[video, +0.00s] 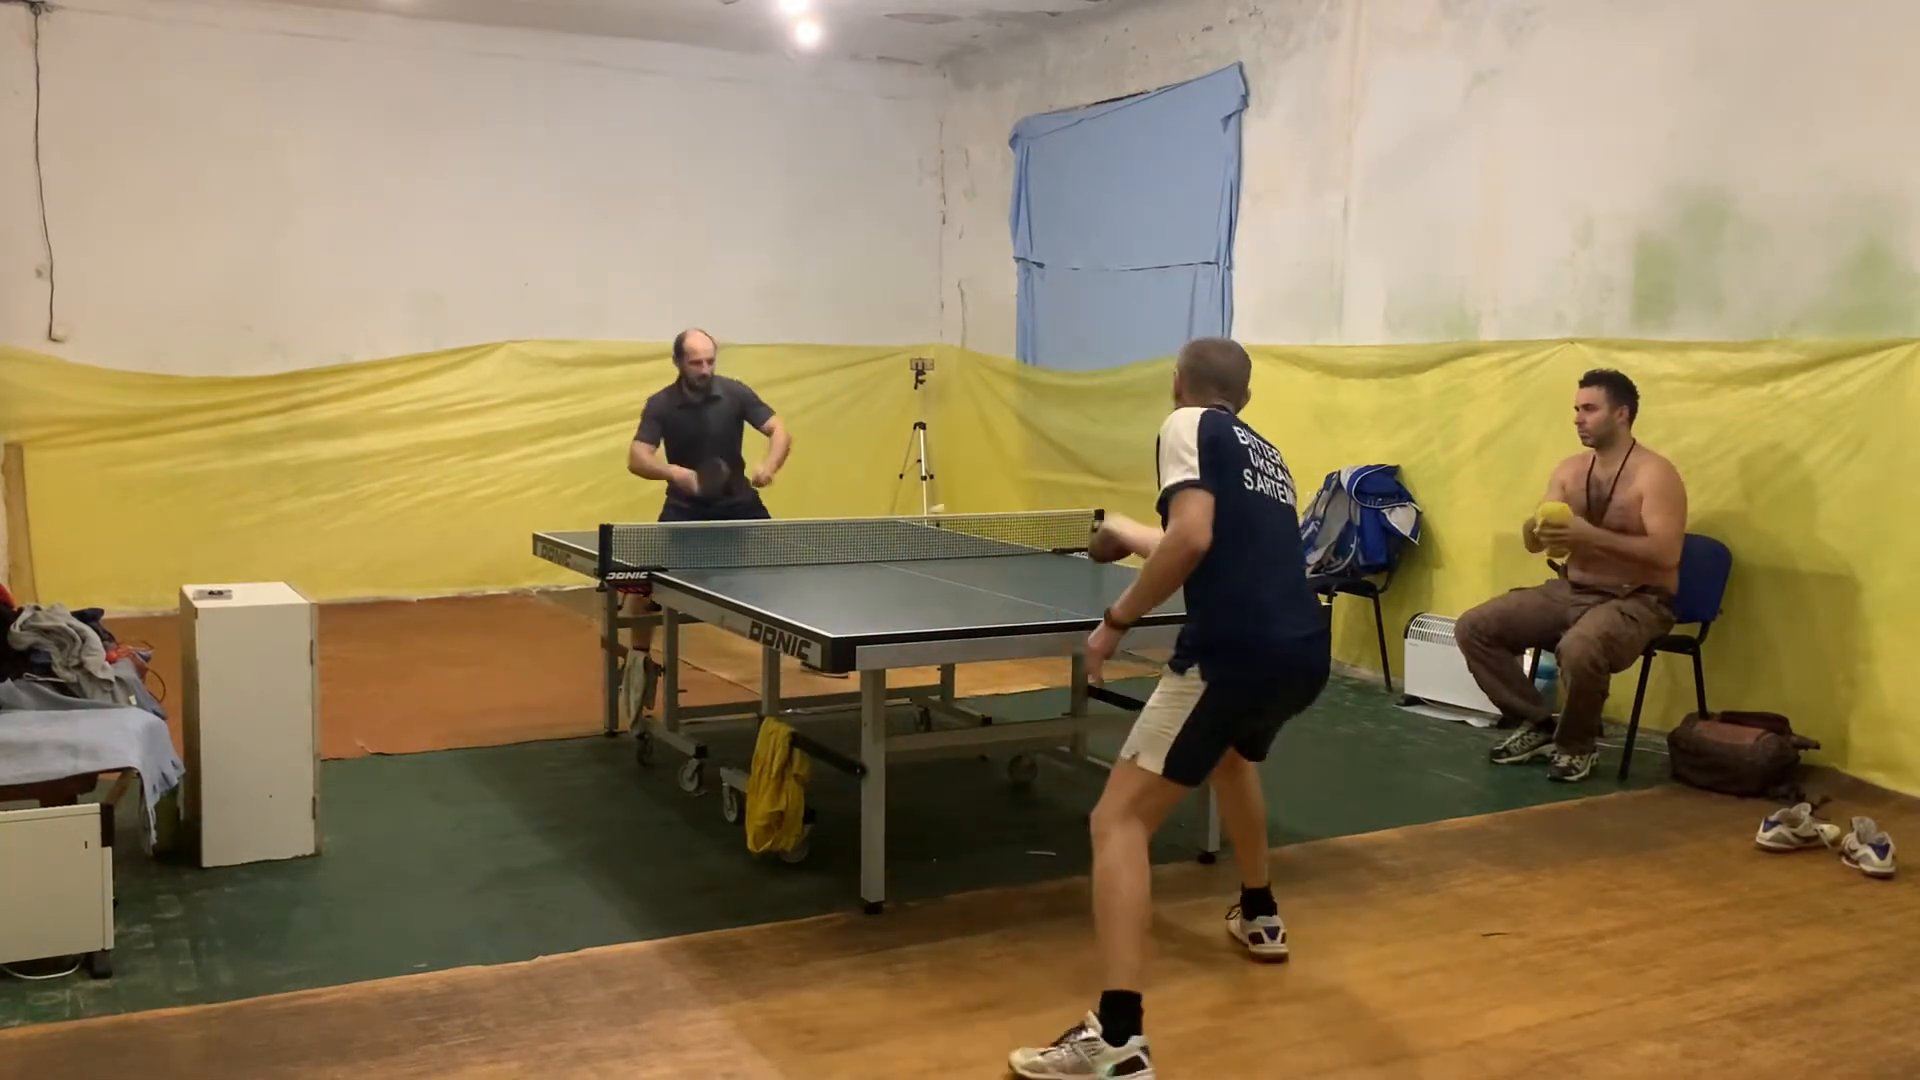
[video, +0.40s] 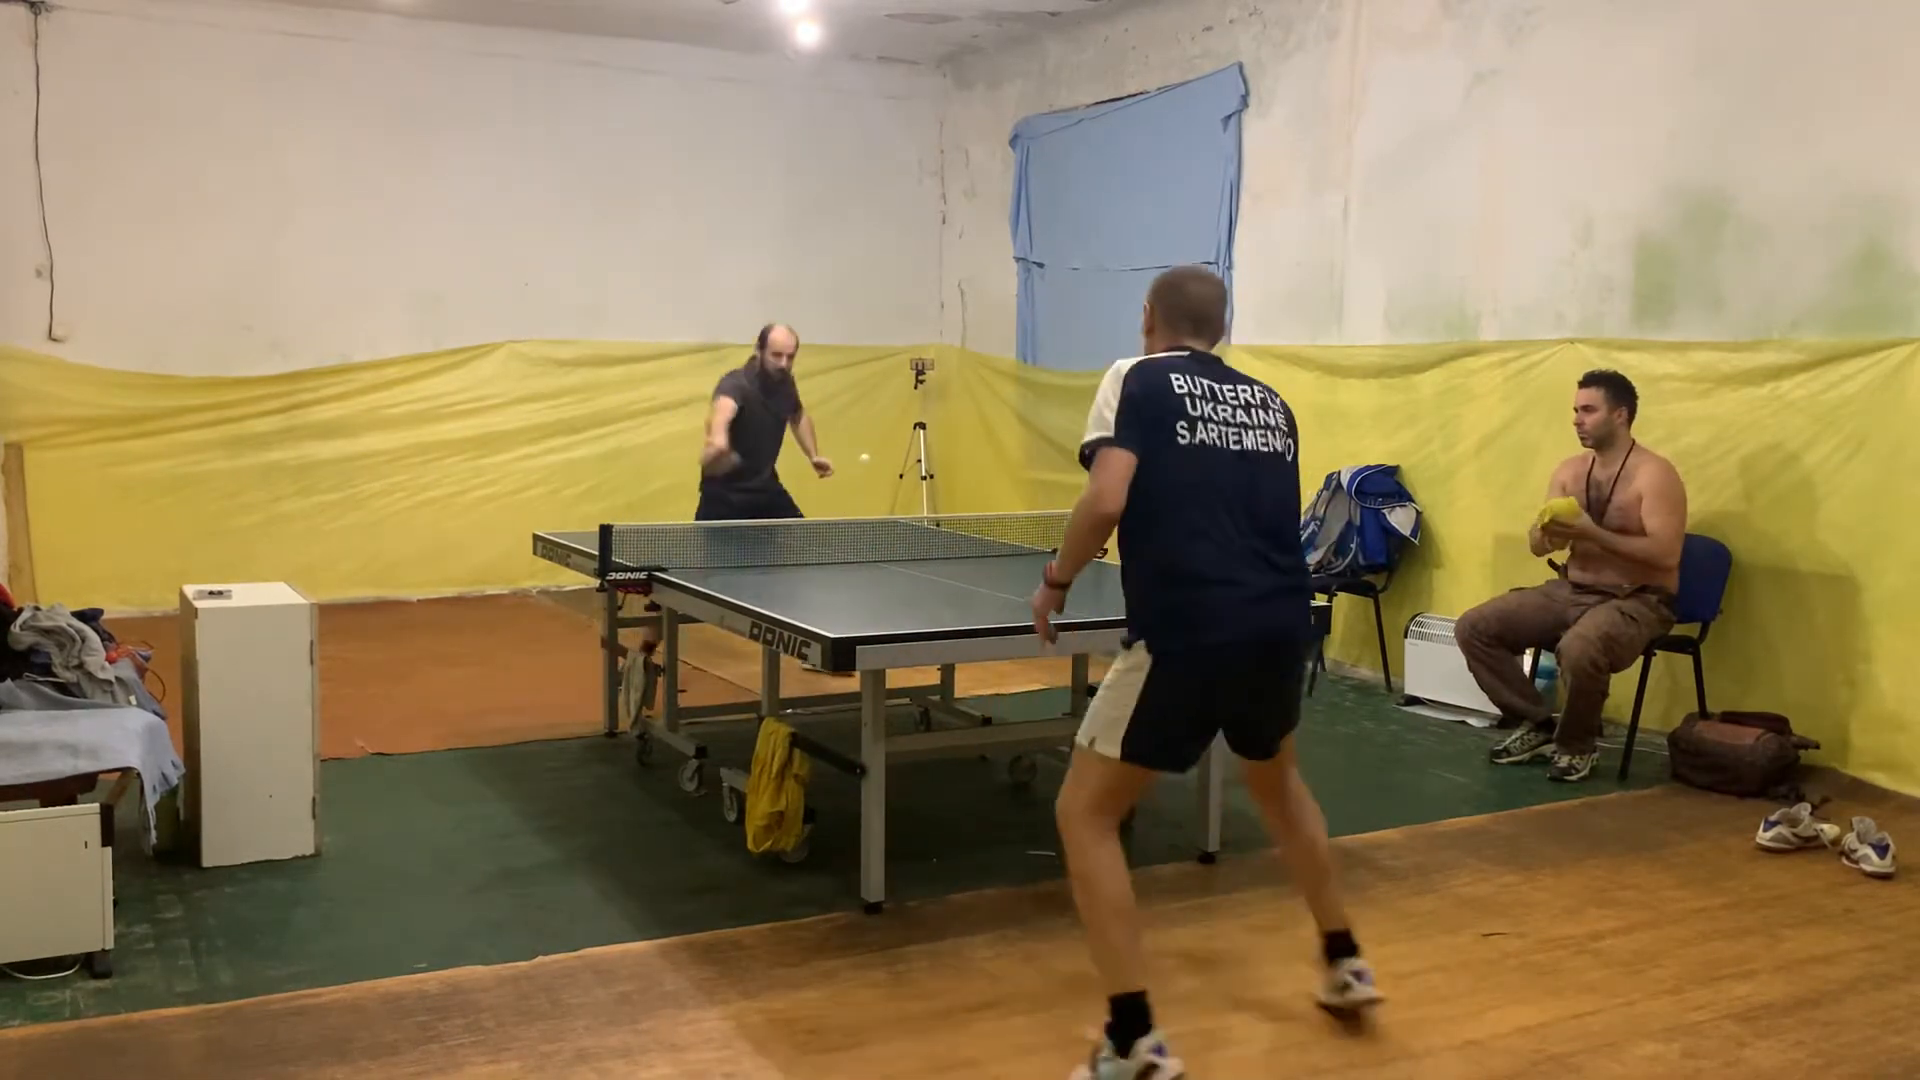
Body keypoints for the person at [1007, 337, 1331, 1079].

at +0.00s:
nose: (1172, 397)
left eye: (1174, 387)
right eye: (1177, 386)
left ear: (1181, 387)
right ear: (1244, 395)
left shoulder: (1188, 426)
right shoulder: (1264, 454)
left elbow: (1189, 534)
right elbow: (1232, 555)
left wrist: (1115, 622)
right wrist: (1132, 539)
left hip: (1229, 653)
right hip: (1304, 653)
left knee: (1118, 820)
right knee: (1232, 753)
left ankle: (1117, 1031)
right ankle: (1260, 914)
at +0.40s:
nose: (1142, 338)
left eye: (1144, 327)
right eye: (1148, 327)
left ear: (1153, 327)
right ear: (1224, 334)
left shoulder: (1138, 378)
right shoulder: (1273, 404)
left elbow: (1108, 500)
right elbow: (1282, 520)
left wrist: (1058, 580)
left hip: (1179, 640)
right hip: (1278, 636)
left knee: (1087, 812)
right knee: (1280, 782)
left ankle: (1132, 1036)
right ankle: (1345, 957)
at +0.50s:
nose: (1129, 352)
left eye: (1130, 341)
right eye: (1138, 341)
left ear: (1141, 342)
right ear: (1210, 348)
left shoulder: (1134, 394)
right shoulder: (1270, 418)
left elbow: (1114, 520)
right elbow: (1284, 536)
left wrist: (1052, 590)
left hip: (1189, 652)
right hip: (1292, 649)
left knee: (1084, 826)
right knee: (1302, 822)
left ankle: (1056, 1048)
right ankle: (1400, 999)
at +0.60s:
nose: (1114, 402)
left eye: (1114, 391)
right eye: (1117, 393)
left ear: (1125, 391)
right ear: (1194, 393)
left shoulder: (1129, 438)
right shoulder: (1248, 450)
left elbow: (1117, 562)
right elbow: (1277, 559)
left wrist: (1040, 634)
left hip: (1206, 684)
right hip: (1308, 678)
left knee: (1071, 837)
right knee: (1302, 833)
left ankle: (1050, 1063)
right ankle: (1405, 1012)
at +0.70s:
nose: (1103, 443)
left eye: (1103, 433)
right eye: (1102, 433)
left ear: (1113, 428)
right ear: (1183, 432)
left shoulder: (1132, 473)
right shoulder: (1233, 481)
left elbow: (1137, 606)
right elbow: (1222, 604)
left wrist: (1044, 666)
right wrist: (1106, 640)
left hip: (1236, 700)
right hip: (1331, 693)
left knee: (1071, 841)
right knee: (1295, 845)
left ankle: (1053, 1064)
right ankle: (1404, 1015)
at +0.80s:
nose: (1095, 458)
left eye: (1093, 443)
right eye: (1094, 445)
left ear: (1107, 439)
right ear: (1169, 438)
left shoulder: (1140, 483)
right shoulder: (1215, 486)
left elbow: (1165, 615)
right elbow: (1254, 612)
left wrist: (1054, 661)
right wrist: (1160, 667)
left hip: (1255, 719)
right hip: (1340, 705)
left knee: (1077, 843)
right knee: (1280, 848)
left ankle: (1054, 1066)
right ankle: (1401, 1016)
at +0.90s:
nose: (1102, 416)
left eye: (1102, 399)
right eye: (1101, 401)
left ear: (1123, 393)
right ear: (1178, 393)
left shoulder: (1174, 451)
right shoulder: (1215, 456)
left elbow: (1160, 608)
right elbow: (1248, 620)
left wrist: (1040, 623)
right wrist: (1167, 671)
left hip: (1247, 706)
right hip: (1312, 698)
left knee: (1065, 840)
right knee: (1279, 853)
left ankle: (1054, 1066)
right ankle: (1401, 1016)